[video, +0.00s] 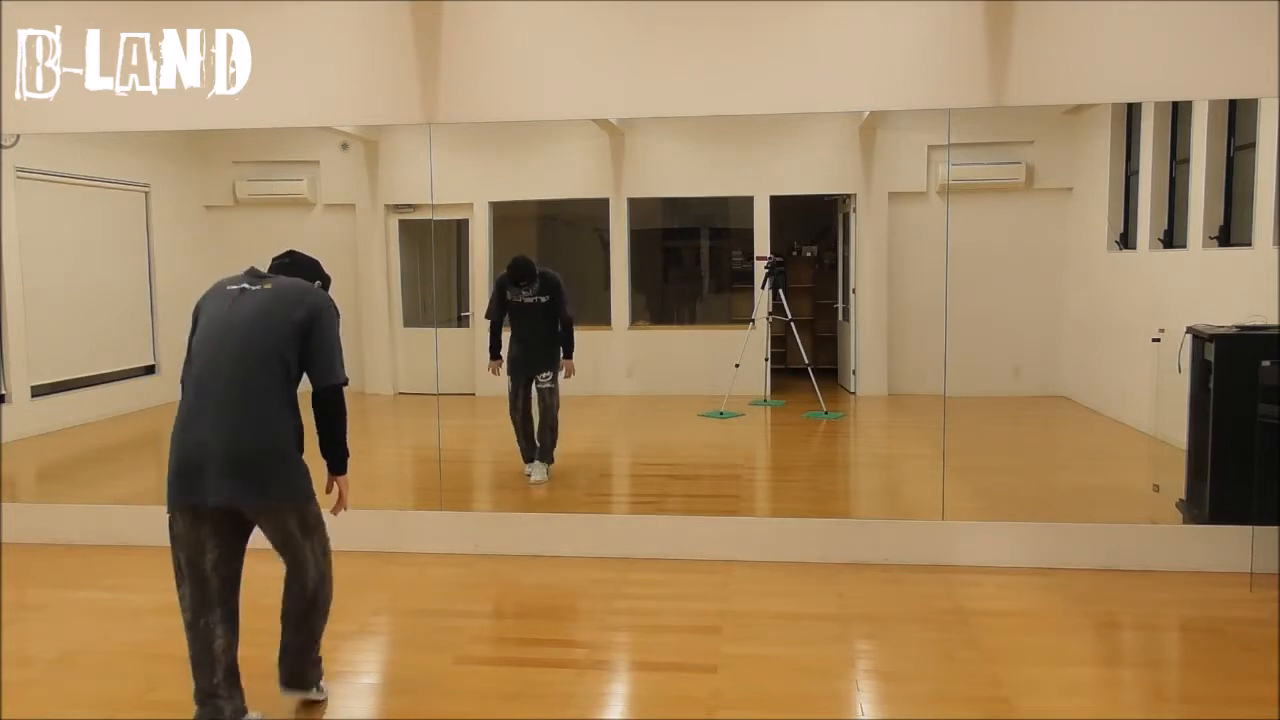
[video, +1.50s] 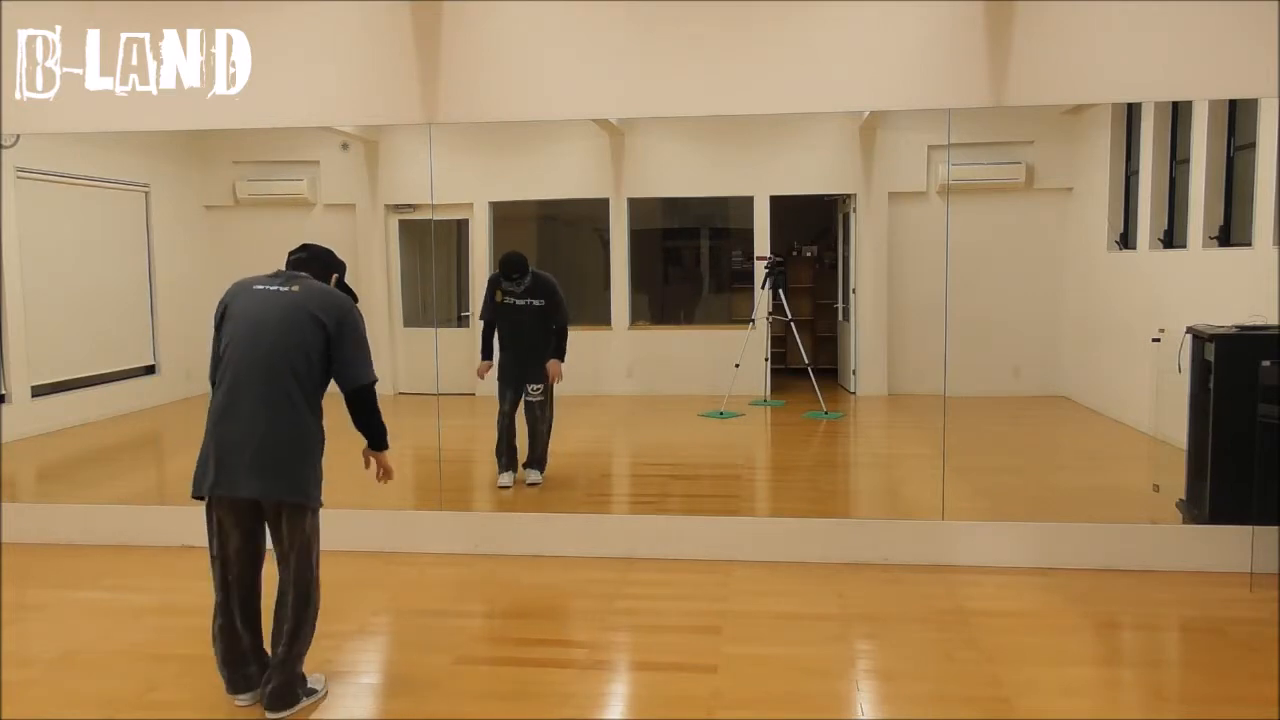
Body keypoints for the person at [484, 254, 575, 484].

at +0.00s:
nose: (526, 289)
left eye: (529, 285)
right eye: (521, 286)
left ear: (535, 276)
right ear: (512, 279)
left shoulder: (551, 282)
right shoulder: (503, 284)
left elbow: (565, 318)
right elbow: (496, 320)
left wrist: (568, 356)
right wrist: (495, 354)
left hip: (547, 351)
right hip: (519, 350)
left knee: (548, 408)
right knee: (518, 408)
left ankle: (544, 460)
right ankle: (530, 458)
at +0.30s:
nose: (523, 291)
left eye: (526, 286)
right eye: (518, 287)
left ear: (533, 276)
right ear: (509, 280)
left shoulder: (548, 282)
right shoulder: (502, 283)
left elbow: (565, 318)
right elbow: (492, 319)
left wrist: (566, 354)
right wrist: (489, 353)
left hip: (545, 356)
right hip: (517, 355)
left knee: (542, 410)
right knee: (518, 411)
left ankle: (541, 464)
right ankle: (530, 459)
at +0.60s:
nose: (521, 299)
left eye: (525, 295)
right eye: (516, 296)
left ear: (533, 286)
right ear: (508, 289)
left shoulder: (549, 298)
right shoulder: (501, 302)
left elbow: (559, 340)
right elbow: (496, 343)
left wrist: (561, 378)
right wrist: (493, 380)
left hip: (547, 361)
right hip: (517, 360)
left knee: (545, 416)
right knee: (508, 396)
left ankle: (539, 466)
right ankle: (521, 422)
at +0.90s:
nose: (519, 293)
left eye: (522, 289)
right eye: (513, 289)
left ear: (530, 279)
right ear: (506, 282)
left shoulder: (550, 289)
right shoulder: (501, 290)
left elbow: (560, 330)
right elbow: (497, 330)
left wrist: (558, 368)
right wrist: (493, 366)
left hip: (545, 364)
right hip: (516, 362)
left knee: (543, 421)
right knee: (510, 417)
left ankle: (534, 468)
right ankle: (505, 467)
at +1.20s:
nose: (517, 290)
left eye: (521, 286)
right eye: (512, 286)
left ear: (529, 277)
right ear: (504, 279)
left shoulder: (547, 288)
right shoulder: (498, 288)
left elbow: (558, 329)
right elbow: (493, 328)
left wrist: (558, 366)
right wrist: (492, 365)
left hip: (543, 360)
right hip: (513, 358)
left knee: (542, 417)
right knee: (504, 410)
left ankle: (535, 466)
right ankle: (514, 446)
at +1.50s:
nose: (514, 288)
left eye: (518, 283)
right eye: (509, 284)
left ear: (527, 274)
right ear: (503, 276)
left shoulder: (547, 285)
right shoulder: (496, 284)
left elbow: (561, 323)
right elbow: (489, 322)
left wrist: (557, 358)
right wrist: (487, 357)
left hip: (540, 359)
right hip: (510, 358)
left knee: (538, 414)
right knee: (505, 412)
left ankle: (535, 467)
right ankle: (506, 467)